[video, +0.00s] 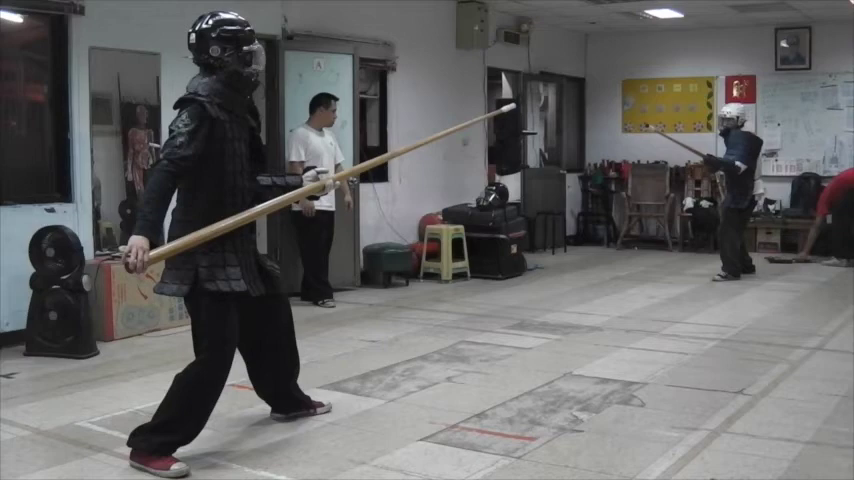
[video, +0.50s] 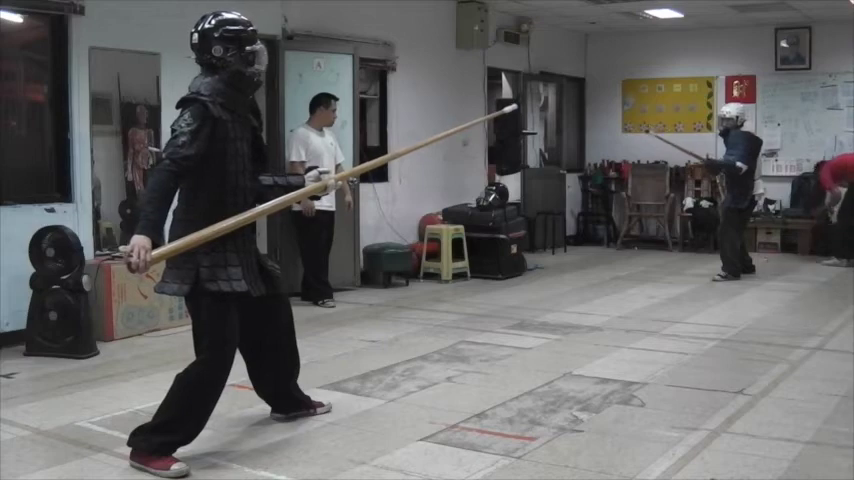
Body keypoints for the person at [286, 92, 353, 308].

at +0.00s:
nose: (335, 115)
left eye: (335, 111)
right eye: (332, 111)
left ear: (322, 112)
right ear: (319, 111)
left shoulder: (329, 136)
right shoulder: (300, 134)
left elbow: (338, 168)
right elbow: (294, 170)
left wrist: (346, 191)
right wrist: (302, 197)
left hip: (327, 203)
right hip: (308, 204)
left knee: (322, 250)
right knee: (313, 250)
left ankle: (312, 290)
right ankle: (321, 293)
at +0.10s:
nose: (335, 115)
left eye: (335, 111)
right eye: (332, 111)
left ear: (322, 112)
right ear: (319, 111)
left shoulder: (329, 136)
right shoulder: (300, 134)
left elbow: (338, 168)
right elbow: (295, 170)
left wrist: (346, 191)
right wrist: (302, 197)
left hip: (327, 203)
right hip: (308, 204)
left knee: (322, 250)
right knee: (313, 250)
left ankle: (312, 290)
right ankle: (320, 293)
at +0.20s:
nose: (335, 115)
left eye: (335, 111)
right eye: (332, 110)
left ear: (322, 112)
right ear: (319, 110)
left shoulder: (329, 136)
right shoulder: (299, 135)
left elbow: (338, 167)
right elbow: (295, 169)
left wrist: (347, 191)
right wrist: (302, 197)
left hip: (327, 203)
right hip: (308, 204)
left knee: (322, 250)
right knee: (313, 250)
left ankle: (312, 290)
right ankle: (320, 293)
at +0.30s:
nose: (335, 115)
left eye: (335, 111)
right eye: (332, 110)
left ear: (322, 112)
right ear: (319, 111)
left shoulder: (329, 136)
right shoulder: (300, 134)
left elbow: (338, 167)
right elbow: (295, 169)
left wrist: (347, 191)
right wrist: (302, 197)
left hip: (327, 203)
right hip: (307, 204)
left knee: (322, 250)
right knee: (313, 250)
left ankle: (312, 290)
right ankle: (321, 293)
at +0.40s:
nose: (335, 115)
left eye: (335, 111)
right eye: (332, 110)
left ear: (322, 112)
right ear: (319, 111)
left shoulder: (329, 136)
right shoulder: (300, 134)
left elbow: (338, 168)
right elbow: (295, 169)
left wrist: (347, 191)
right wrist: (303, 197)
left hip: (327, 203)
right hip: (308, 203)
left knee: (322, 250)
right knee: (313, 250)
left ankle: (312, 290)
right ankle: (320, 293)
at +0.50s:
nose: (335, 115)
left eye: (335, 111)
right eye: (332, 110)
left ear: (322, 112)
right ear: (319, 111)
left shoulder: (329, 136)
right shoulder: (300, 135)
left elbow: (338, 168)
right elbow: (295, 169)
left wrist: (347, 191)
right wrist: (303, 197)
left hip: (327, 203)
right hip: (308, 204)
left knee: (322, 250)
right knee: (313, 250)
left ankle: (312, 290)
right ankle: (320, 293)